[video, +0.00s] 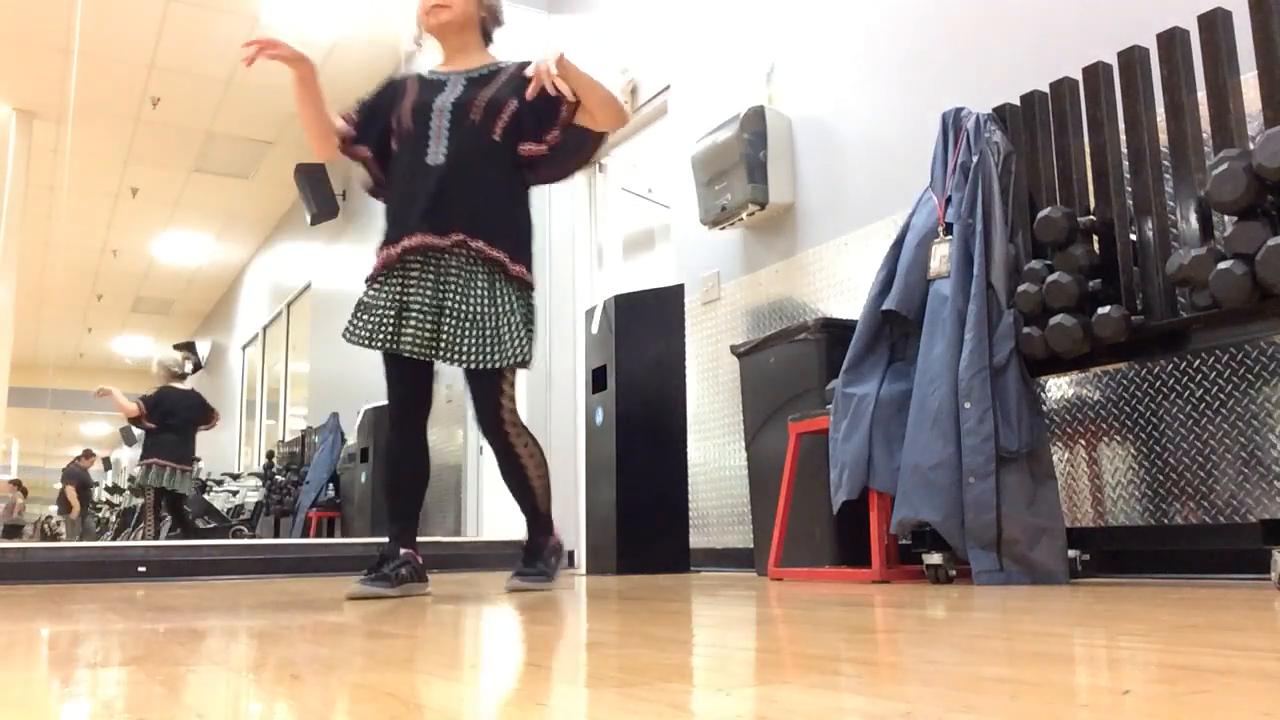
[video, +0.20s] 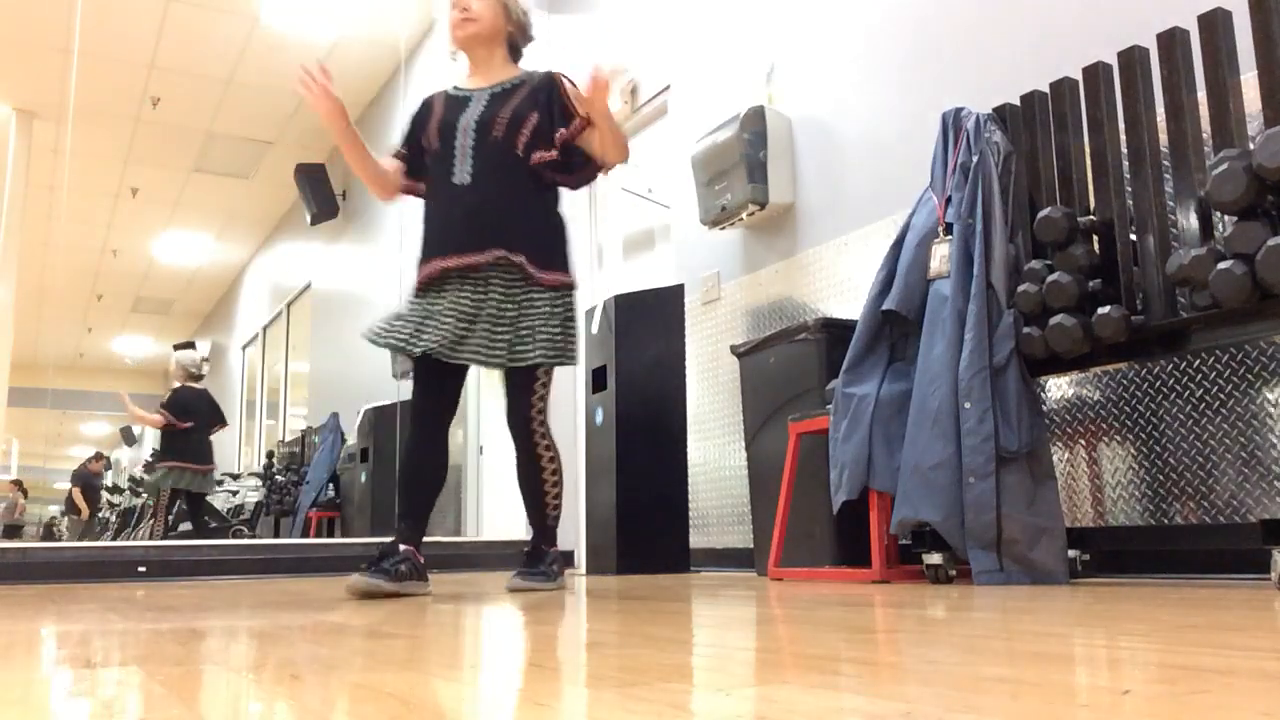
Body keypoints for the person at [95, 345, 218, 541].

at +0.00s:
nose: (156, 372)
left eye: (158, 369)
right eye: (157, 368)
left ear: (164, 371)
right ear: (182, 372)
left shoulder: (162, 394)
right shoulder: (195, 397)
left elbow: (132, 410)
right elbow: (213, 419)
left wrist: (113, 392)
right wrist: (190, 426)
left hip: (156, 462)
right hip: (183, 463)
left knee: (151, 510)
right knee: (177, 509)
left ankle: (147, 555)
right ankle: (195, 544)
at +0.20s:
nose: (171, 369)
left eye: (174, 366)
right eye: (173, 365)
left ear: (180, 370)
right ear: (197, 370)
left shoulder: (180, 393)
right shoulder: (204, 394)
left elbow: (160, 421)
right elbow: (220, 422)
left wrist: (133, 410)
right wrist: (199, 433)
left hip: (176, 465)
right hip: (201, 465)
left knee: (161, 512)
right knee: (198, 516)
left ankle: (153, 556)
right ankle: (206, 557)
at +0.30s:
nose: (176, 370)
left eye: (178, 366)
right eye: (177, 366)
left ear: (186, 370)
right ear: (199, 370)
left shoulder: (184, 394)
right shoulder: (211, 395)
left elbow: (168, 424)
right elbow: (223, 425)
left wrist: (138, 420)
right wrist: (200, 434)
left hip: (181, 466)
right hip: (208, 466)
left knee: (160, 510)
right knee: (201, 515)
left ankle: (153, 556)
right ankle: (210, 558)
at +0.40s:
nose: (183, 375)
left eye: (185, 371)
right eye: (184, 371)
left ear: (194, 372)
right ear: (204, 373)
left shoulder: (189, 394)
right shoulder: (216, 396)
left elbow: (177, 427)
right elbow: (226, 432)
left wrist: (154, 440)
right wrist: (205, 437)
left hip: (186, 468)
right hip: (212, 467)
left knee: (164, 506)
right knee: (202, 513)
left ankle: (166, 552)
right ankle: (211, 555)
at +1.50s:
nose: (190, 366)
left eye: (192, 363)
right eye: (191, 362)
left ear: (197, 366)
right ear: (215, 367)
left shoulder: (196, 389)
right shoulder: (221, 392)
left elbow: (184, 421)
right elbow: (229, 432)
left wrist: (163, 427)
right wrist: (230, 463)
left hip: (190, 466)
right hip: (214, 466)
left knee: (171, 506)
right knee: (200, 510)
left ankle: (179, 551)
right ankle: (204, 554)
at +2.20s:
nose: (206, 367)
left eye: (207, 364)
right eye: (207, 364)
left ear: (211, 367)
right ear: (232, 367)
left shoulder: (204, 391)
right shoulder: (241, 392)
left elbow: (191, 426)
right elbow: (253, 423)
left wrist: (177, 454)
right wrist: (231, 430)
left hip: (202, 465)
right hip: (230, 464)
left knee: (198, 513)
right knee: (210, 508)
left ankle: (206, 557)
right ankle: (230, 535)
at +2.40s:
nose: (210, 364)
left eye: (211, 361)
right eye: (210, 361)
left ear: (215, 363)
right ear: (236, 363)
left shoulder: (211, 387)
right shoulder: (245, 387)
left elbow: (207, 416)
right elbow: (253, 421)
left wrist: (200, 451)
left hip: (215, 460)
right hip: (243, 460)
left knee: (206, 509)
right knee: (243, 508)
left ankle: (208, 553)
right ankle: (261, 548)